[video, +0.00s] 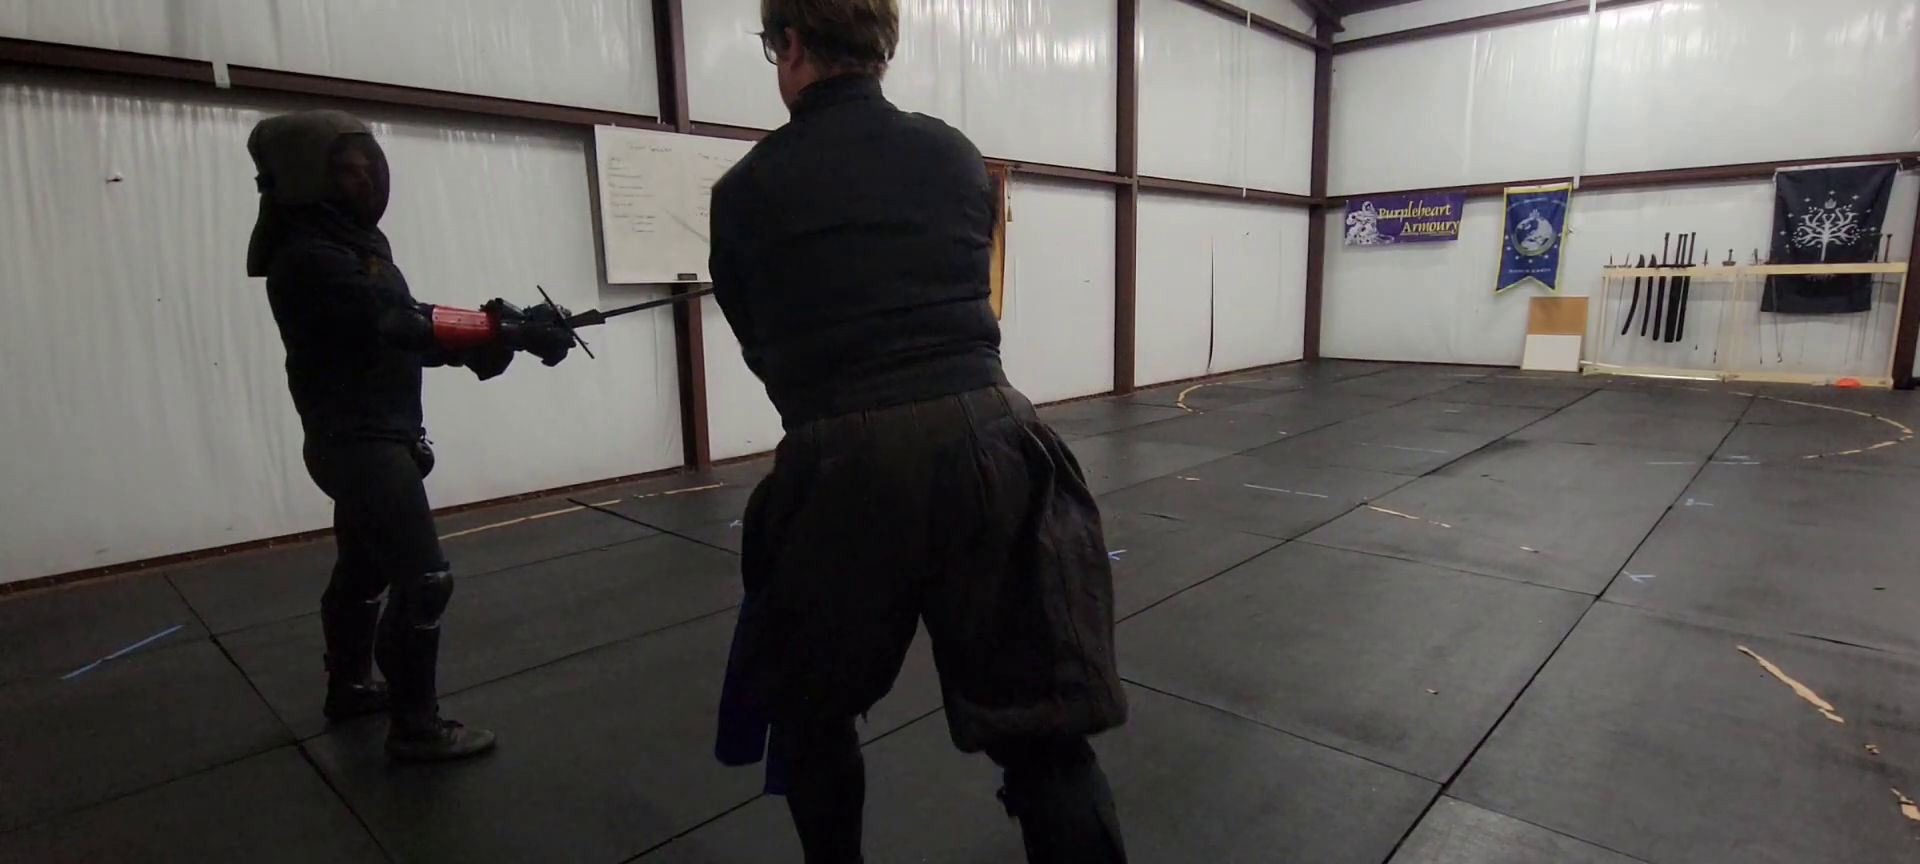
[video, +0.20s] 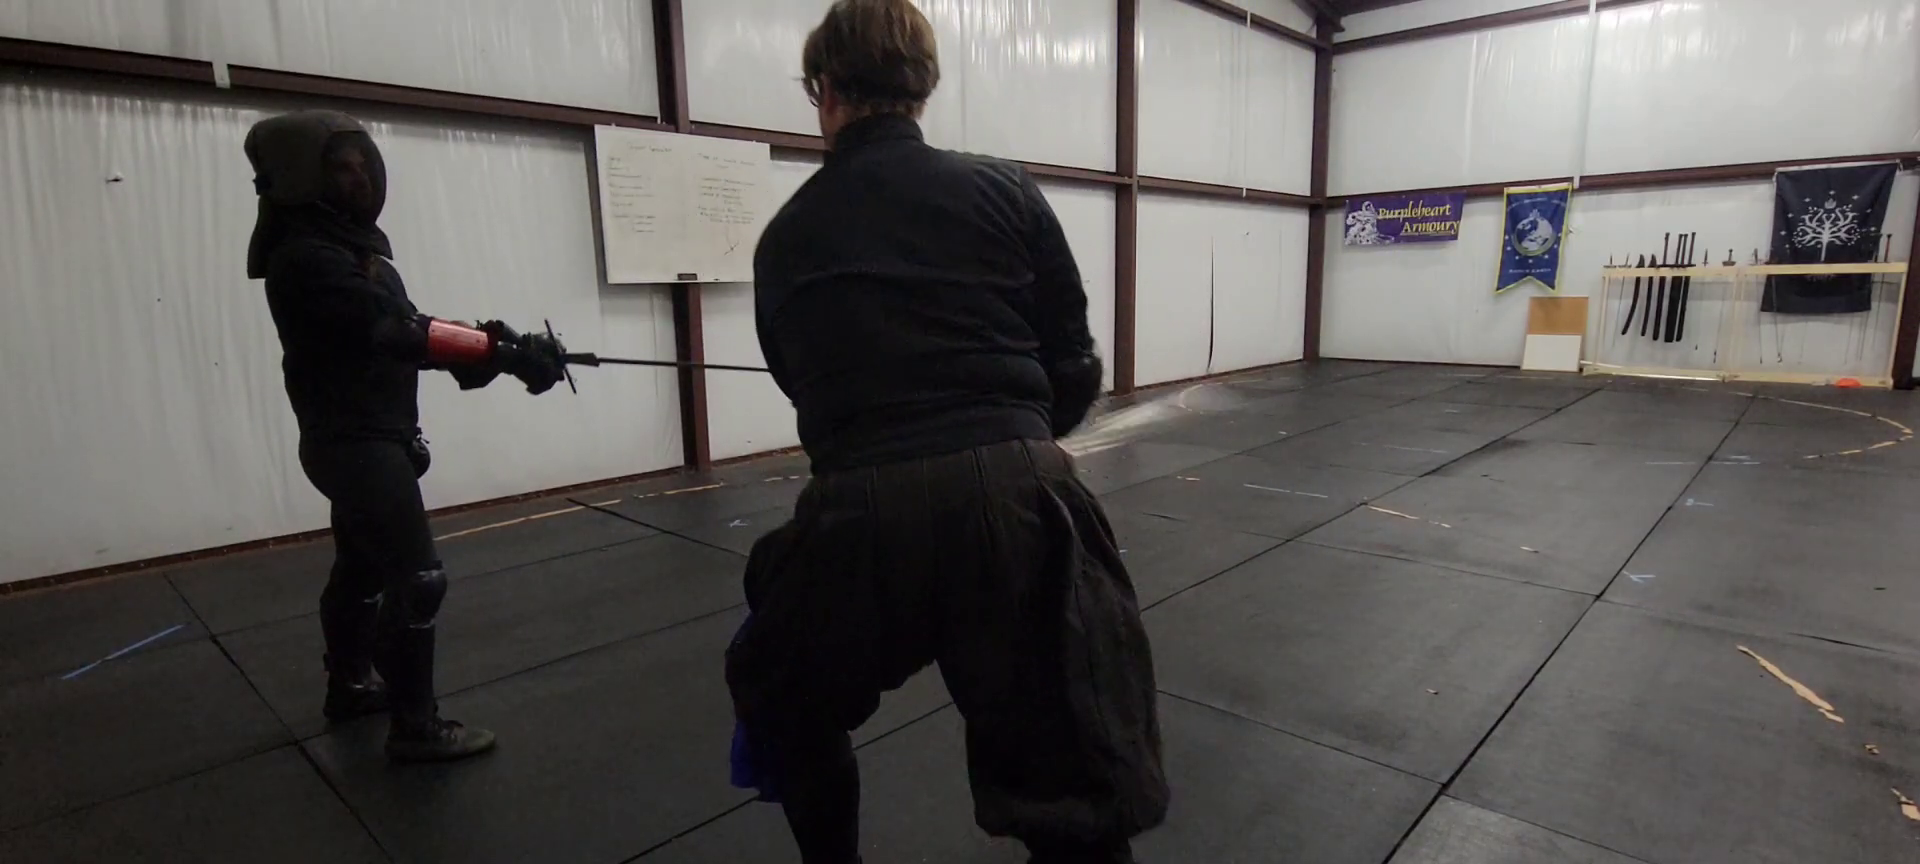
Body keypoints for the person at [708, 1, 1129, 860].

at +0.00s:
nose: (774, 71)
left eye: (773, 51)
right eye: (773, 51)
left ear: (794, 49)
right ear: (880, 48)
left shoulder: (745, 189)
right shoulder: (955, 153)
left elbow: (760, 337)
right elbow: (965, 290)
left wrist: (832, 414)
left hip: (848, 467)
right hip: (985, 444)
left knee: (813, 711)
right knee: (1034, 722)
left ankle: (834, 854)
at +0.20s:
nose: (814, 108)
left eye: (814, 92)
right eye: (813, 93)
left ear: (829, 93)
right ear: (923, 90)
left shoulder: (784, 237)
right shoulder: (1005, 190)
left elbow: (804, 384)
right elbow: (1076, 368)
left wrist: (886, 442)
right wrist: (1013, 447)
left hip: (862, 513)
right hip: (1018, 493)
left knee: (793, 702)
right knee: (1059, 756)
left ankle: (831, 848)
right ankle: (1076, 845)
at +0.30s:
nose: (832, 112)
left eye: (832, 97)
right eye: (834, 97)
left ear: (841, 99)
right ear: (936, 97)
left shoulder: (795, 244)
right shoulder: (1016, 193)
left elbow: (835, 387)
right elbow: (1089, 360)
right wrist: (1084, 454)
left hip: (873, 520)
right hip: (1031, 493)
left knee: (800, 704)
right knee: (1065, 767)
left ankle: (831, 850)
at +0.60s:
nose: (825, 90)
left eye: (824, 77)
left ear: (833, 83)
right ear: (931, 80)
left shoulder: (784, 222)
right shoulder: (1002, 184)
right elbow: (1083, 358)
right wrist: (1050, 426)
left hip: (855, 506)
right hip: (1009, 488)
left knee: (800, 698)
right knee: (1059, 761)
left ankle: (833, 850)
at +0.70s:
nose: (815, 75)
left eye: (815, 61)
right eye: (817, 58)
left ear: (827, 65)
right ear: (918, 67)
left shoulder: (772, 196)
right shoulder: (989, 170)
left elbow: (795, 314)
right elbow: (1056, 340)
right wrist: (995, 418)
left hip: (841, 481)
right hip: (992, 470)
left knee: (807, 707)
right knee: (1055, 734)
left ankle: (831, 852)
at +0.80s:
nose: (812, 60)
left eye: (814, 45)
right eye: (816, 44)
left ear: (825, 49)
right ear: (913, 55)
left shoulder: (769, 179)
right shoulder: (982, 160)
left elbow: (780, 315)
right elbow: (1036, 328)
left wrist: (868, 346)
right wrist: (938, 359)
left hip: (839, 455)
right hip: (986, 443)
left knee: (823, 708)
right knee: (1039, 692)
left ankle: (835, 856)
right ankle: (1097, 851)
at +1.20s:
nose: (923, 77)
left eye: (930, 61)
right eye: (927, 61)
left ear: (959, 71)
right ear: (1009, 77)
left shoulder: (919, 185)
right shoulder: (1052, 186)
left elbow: (839, 322)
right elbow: (1009, 304)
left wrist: (857, 366)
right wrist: (898, 328)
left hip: (965, 447)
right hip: (1069, 430)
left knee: (899, 658)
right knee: (1043, 621)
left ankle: (858, 847)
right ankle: (1076, 784)